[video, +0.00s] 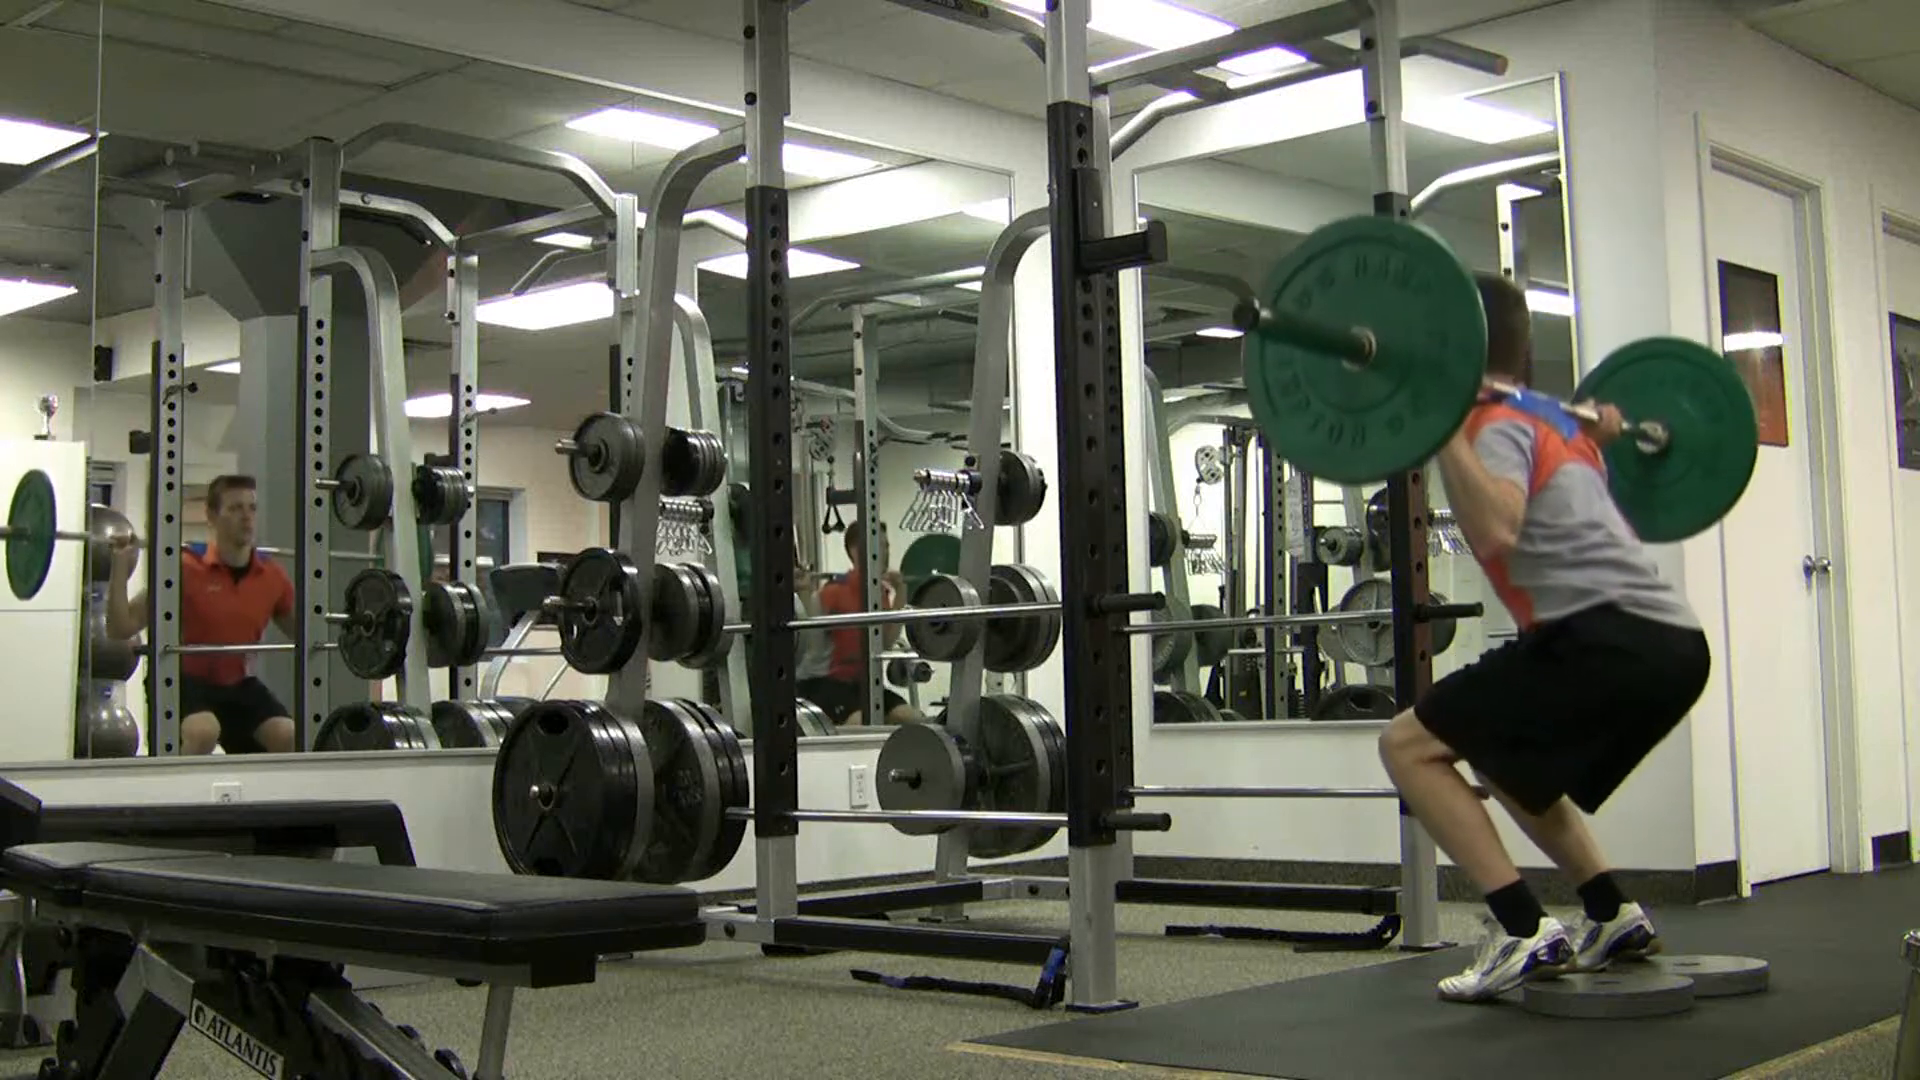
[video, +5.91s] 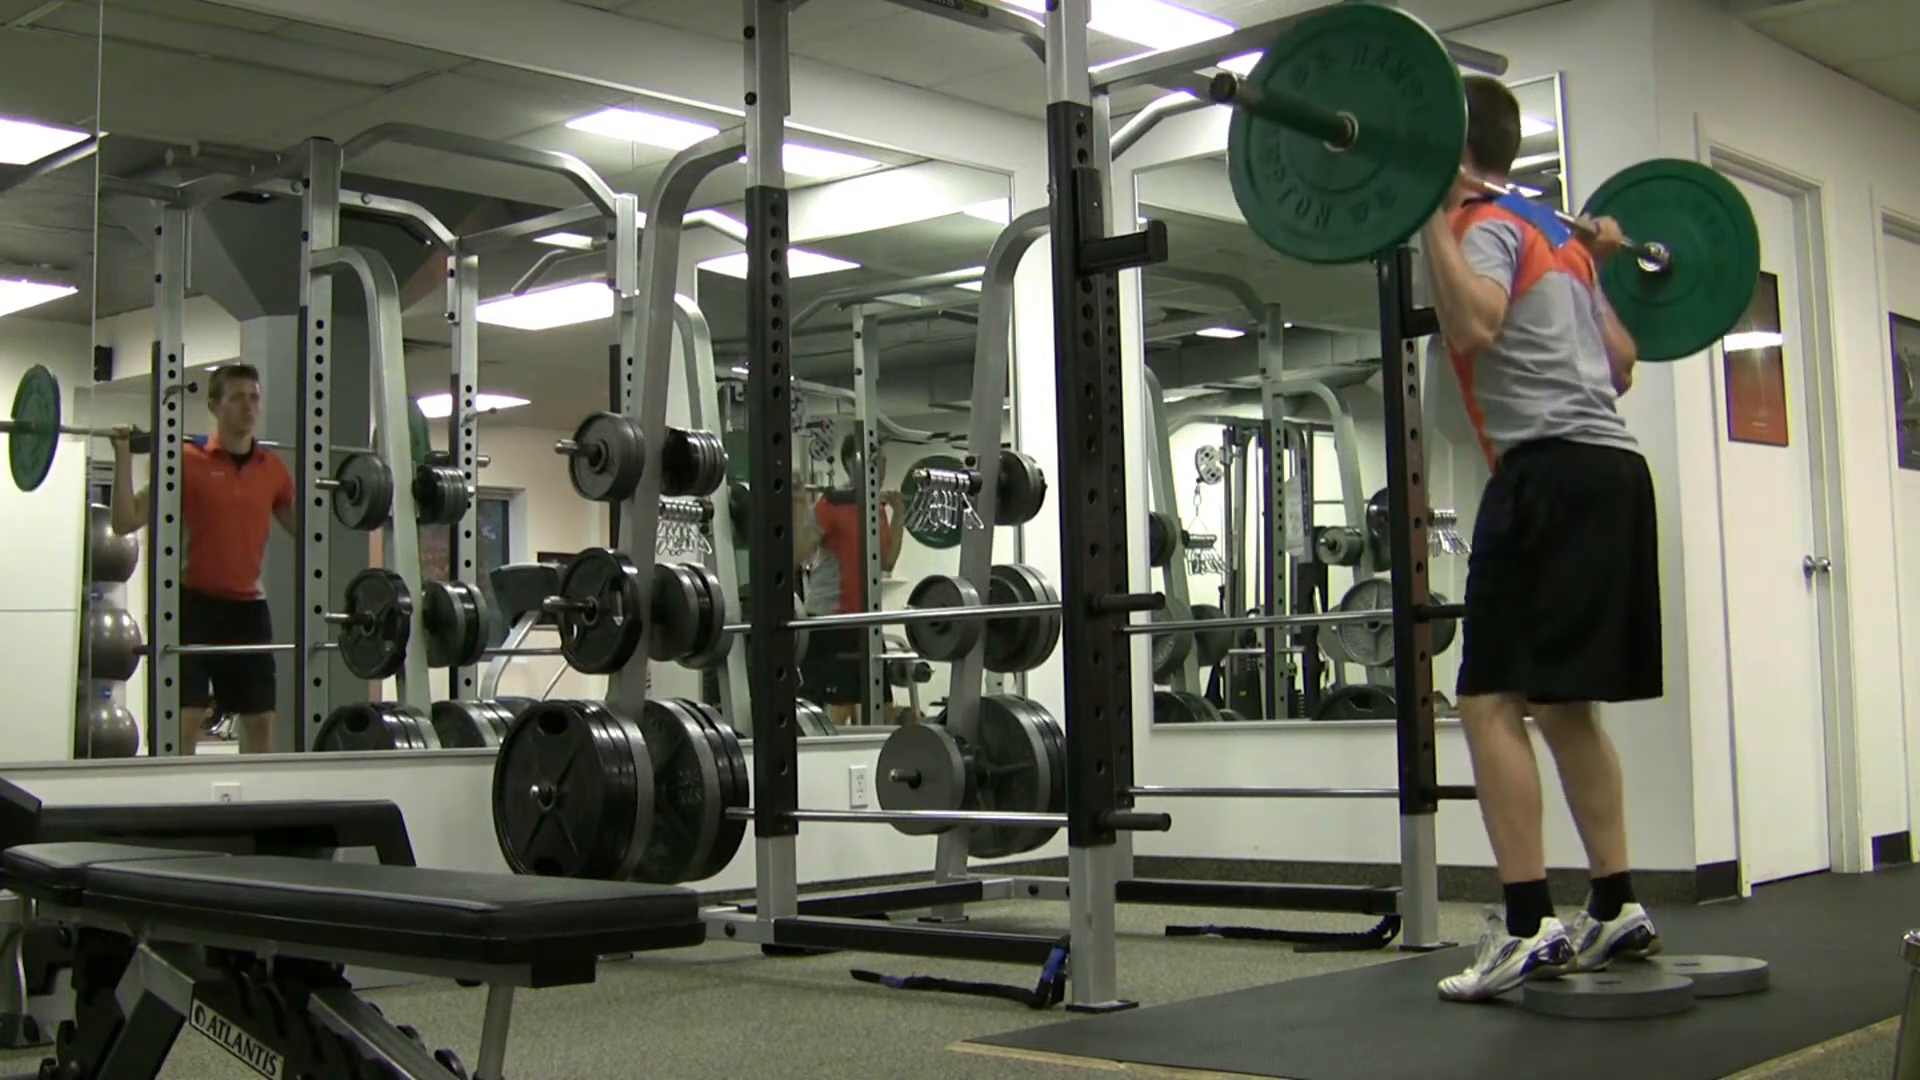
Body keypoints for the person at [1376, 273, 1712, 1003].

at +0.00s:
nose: (1429, 360)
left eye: (1438, 343)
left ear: (1456, 351)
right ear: (1517, 351)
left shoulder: (1499, 421)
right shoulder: (1560, 421)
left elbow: (1495, 532)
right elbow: (1579, 496)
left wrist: (1441, 427)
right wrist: (1593, 435)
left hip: (1600, 636)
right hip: (1675, 647)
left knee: (1408, 745)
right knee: (1511, 769)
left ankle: (1521, 929)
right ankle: (1612, 913)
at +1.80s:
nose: (1439, 229)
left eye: (1444, 213)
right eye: (1447, 214)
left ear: (1462, 216)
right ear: (1521, 219)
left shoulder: (1496, 284)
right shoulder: (1566, 294)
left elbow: (1487, 388)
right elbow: (1627, 408)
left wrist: (1440, 287)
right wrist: (1610, 317)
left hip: (1582, 520)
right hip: (1652, 521)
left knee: (1449, 715)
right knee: (1525, 718)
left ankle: (1522, 930)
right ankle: (1615, 911)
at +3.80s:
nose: (1433, 335)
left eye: (1441, 320)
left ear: (1455, 330)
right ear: (1521, 331)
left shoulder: (1501, 402)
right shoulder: (1566, 404)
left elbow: (1498, 516)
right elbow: (1625, 507)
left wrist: (1441, 413)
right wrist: (1598, 418)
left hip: (1599, 622)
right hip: (1674, 630)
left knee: (1411, 743)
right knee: (1512, 763)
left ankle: (1522, 928)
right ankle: (1614, 913)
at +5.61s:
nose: (1434, 206)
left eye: (1437, 189)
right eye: (1440, 189)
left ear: (1454, 194)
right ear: (1515, 199)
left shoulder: (1490, 264)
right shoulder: (1564, 276)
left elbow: (1482, 370)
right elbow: (1626, 395)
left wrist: (1433, 267)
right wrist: (1601, 295)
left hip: (1576, 505)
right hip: (1643, 506)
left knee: (1458, 710)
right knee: (1533, 714)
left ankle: (1526, 929)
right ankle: (1615, 910)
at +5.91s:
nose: (1430, 164)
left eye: (1434, 146)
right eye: (1437, 147)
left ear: (1457, 148)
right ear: (1511, 152)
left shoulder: (1487, 222)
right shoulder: (1562, 233)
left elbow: (1475, 329)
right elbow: (1619, 361)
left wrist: (1431, 220)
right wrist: (1598, 257)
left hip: (1549, 474)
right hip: (1612, 473)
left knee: (1486, 701)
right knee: (1567, 702)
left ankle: (1526, 928)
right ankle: (1617, 909)